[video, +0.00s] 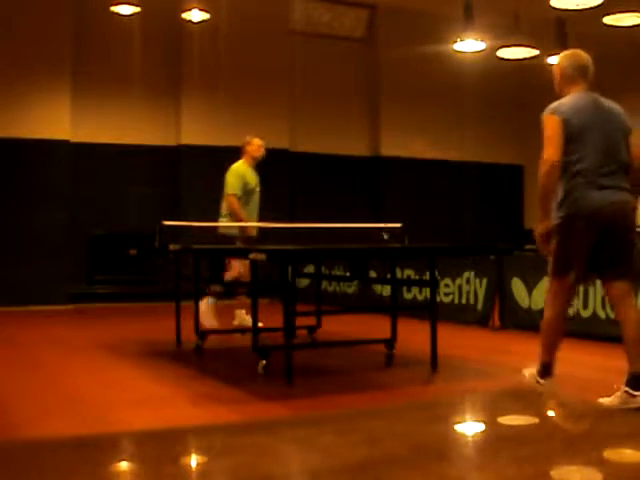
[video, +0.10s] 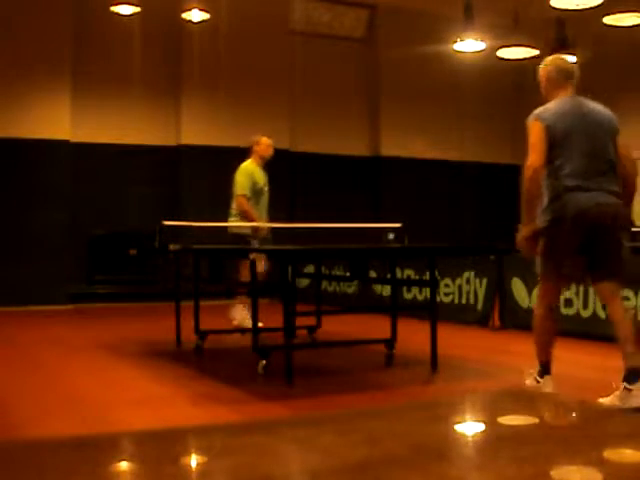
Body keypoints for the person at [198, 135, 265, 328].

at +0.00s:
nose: (262, 150)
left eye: (262, 147)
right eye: (258, 146)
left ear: (258, 151)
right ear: (247, 148)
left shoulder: (251, 172)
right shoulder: (237, 170)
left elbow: (246, 202)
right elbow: (232, 199)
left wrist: (251, 224)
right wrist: (245, 223)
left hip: (244, 230)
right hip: (231, 229)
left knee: (244, 271)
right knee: (235, 270)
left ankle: (241, 311)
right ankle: (208, 302)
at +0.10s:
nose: (271, 150)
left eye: (271, 146)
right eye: (267, 145)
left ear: (267, 150)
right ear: (256, 147)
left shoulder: (261, 171)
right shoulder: (246, 168)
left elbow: (256, 201)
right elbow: (241, 200)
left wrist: (263, 222)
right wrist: (257, 222)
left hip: (255, 229)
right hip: (242, 229)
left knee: (251, 268)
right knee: (247, 268)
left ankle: (244, 307)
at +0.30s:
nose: (289, 154)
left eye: (289, 150)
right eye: (286, 149)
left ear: (285, 153)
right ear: (275, 151)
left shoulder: (281, 174)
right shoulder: (265, 174)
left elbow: (283, 206)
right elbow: (259, 205)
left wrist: (289, 227)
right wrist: (279, 224)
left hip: (279, 231)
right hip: (263, 232)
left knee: (291, 270)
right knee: (257, 273)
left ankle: (300, 308)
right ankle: (242, 310)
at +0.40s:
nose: (300, 154)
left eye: (300, 150)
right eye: (296, 150)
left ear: (295, 153)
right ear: (286, 151)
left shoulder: (293, 173)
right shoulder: (277, 175)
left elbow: (293, 204)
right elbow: (269, 208)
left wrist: (299, 223)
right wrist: (289, 226)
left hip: (293, 230)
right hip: (277, 231)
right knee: (270, 273)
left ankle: (311, 314)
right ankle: (248, 307)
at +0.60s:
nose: (320, 152)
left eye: (320, 148)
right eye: (316, 148)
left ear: (319, 150)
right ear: (306, 149)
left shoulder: (319, 168)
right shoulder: (297, 172)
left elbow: (320, 198)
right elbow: (288, 204)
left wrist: (325, 221)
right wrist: (307, 224)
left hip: (319, 227)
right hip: (301, 229)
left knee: (314, 271)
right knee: (311, 271)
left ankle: (286, 297)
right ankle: (313, 315)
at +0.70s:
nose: (330, 151)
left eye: (331, 147)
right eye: (327, 147)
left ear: (331, 149)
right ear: (316, 147)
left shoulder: (332, 169)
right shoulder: (305, 171)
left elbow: (335, 196)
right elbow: (294, 201)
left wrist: (341, 220)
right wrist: (314, 221)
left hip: (328, 229)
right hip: (308, 230)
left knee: (327, 271)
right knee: (311, 273)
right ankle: (312, 314)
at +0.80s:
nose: (343, 153)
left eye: (344, 148)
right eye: (339, 148)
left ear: (344, 149)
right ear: (328, 147)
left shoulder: (345, 171)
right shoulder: (315, 170)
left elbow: (353, 201)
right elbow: (303, 200)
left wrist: (358, 227)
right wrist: (319, 220)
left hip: (341, 231)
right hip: (318, 232)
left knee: (348, 270)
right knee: (317, 273)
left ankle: (351, 310)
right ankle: (314, 315)